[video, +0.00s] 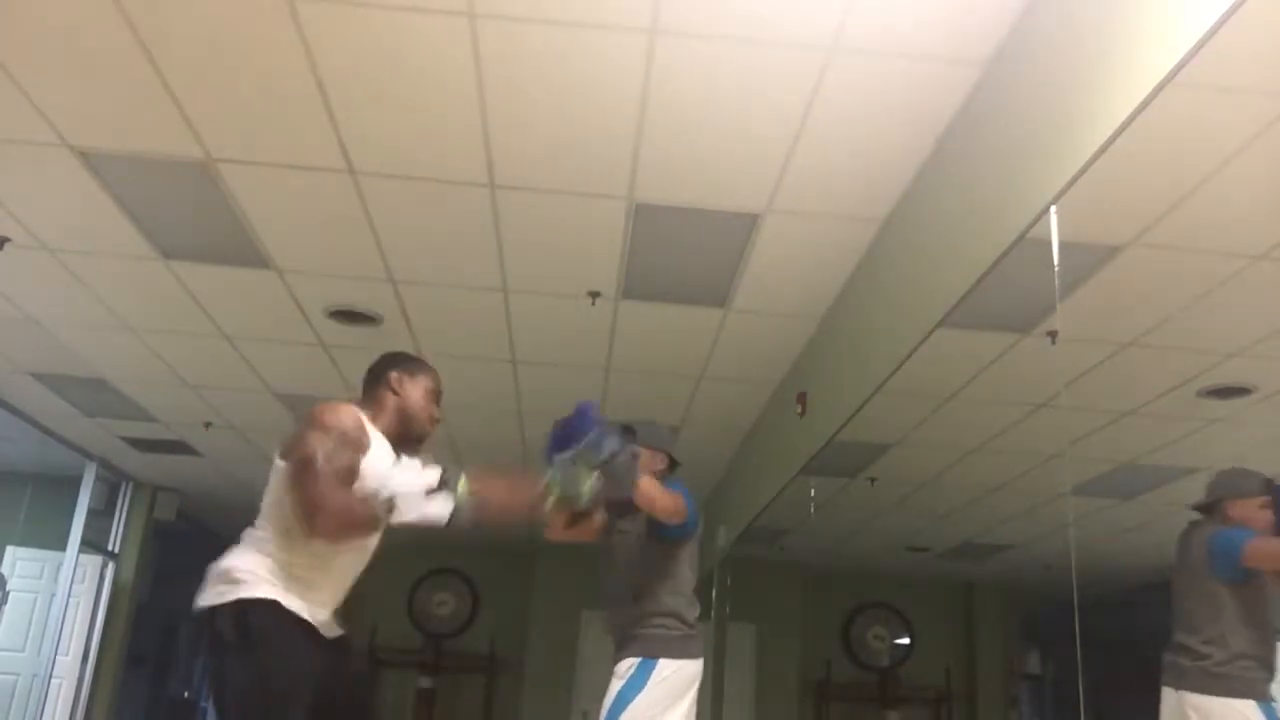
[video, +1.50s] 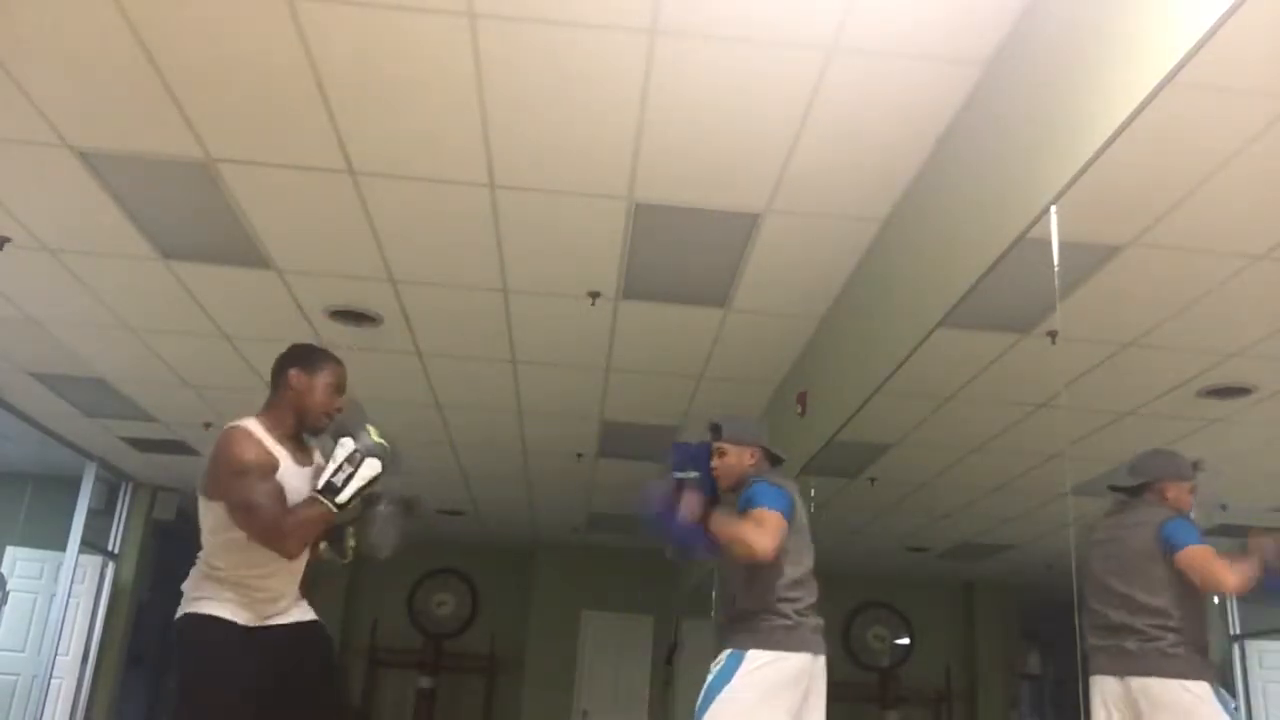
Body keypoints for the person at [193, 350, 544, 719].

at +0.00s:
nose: (438, 415)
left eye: (439, 403)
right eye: (432, 397)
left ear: (398, 389)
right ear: (395, 385)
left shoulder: (393, 467)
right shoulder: (339, 420)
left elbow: (473, 493)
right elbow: (323, 513)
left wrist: (555, 489)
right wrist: (397, 503)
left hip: (310, 620)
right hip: (256, 601)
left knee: (344, 699)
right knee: (280, 702)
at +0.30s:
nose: (393, 377)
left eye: (394, 364)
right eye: (388, 359)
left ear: (348, 352)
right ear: (346, 350)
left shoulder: (344, 435)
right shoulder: (296, 405)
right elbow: (333, 508)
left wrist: (363, 569)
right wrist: (389, 468)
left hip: (312, 615)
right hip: (247, 605)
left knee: (342, 709)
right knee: (241, 710)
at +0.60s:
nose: (357, 359)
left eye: (359, 346)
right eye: (353, 341)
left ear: (318, 333)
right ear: (317, 329)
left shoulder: (303, 409)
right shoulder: (261, 386)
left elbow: (279, 489)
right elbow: (253, 501)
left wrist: (338, 478)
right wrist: (322, 488)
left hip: (272, 593)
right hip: (215, 589)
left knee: (294, 709)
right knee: (202, 711)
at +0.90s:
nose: (380, 404)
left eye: (382, 392)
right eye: (376, 386)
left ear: (340, 377)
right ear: (339, 373)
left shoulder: (320, 462)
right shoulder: (276, 411)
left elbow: (288, 563)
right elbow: (307, 497)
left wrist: (363, 546)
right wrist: (371, 469)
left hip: (271, 605)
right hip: (219, 587)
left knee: (294, 709)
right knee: (211, 708)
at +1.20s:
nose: (375, 395)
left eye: (378, 383)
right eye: (371, 378)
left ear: (335, 370)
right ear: (333, 367)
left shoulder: (340, 453)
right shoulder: (273, 412)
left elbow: (313, 552)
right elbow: (264, 505)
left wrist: (385, 530)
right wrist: (340, 491)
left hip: (299, 612)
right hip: (238, 604)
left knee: (301, 711)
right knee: (228, 711)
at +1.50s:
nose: (338, 406)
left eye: (340, 395)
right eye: (333, 390)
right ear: (294, 380)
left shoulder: (311, 457)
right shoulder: (240, 444)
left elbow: (304, 535)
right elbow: (287, 538)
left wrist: (341, 534)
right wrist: (338, 488)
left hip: (287, 615)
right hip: (221, 613)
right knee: (216, 707)